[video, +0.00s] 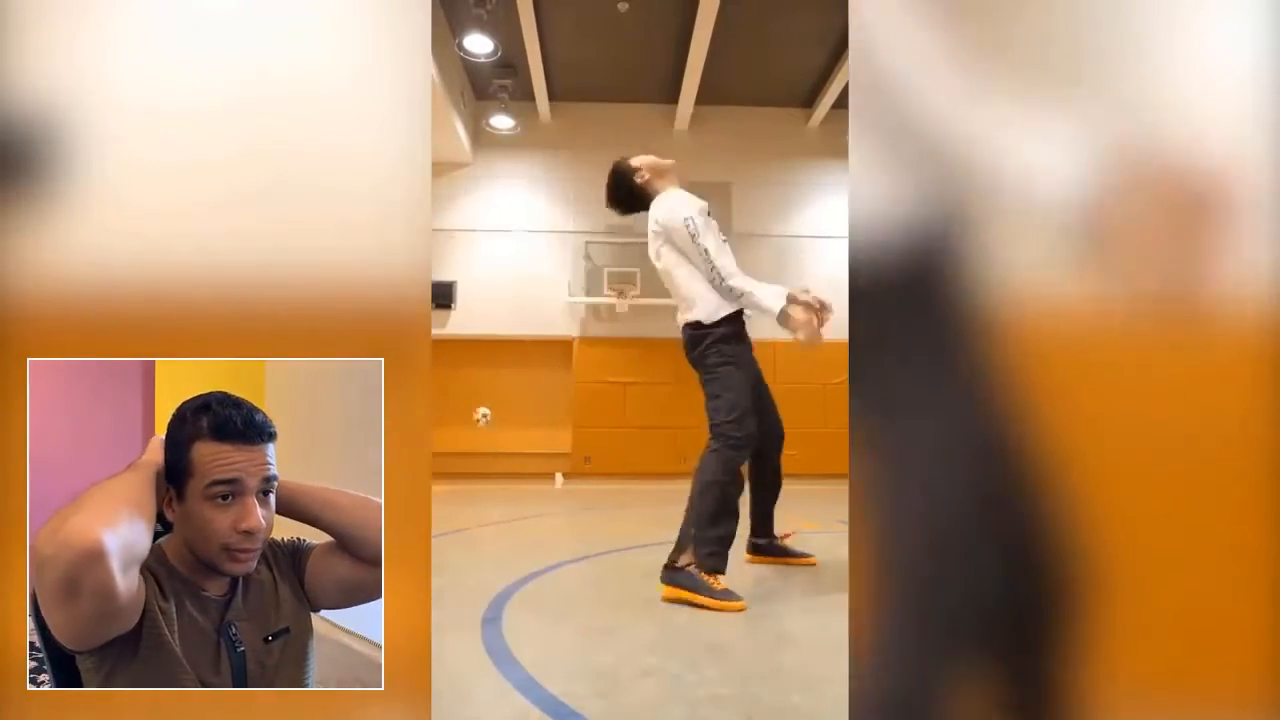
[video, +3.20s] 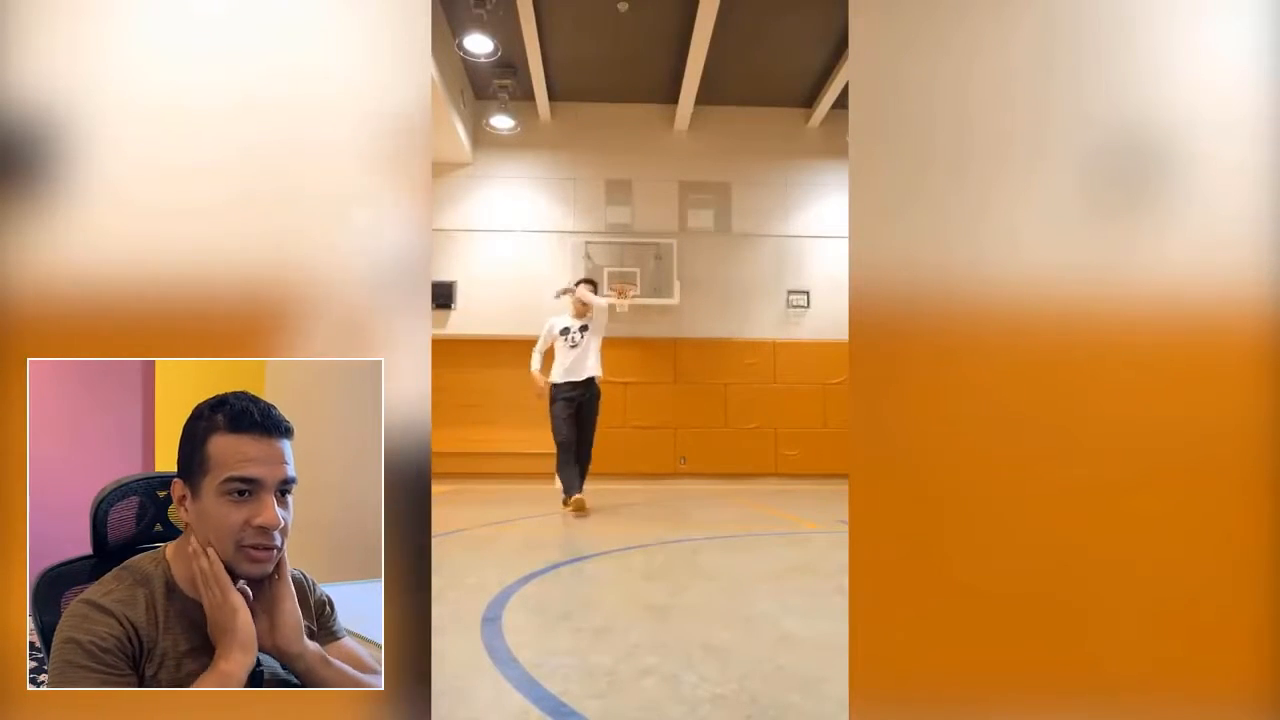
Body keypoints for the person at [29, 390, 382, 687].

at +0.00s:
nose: (254, 523)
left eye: (264, 493)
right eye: (223, 497)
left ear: (270, 492)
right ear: (170, 503)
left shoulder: (285, 573)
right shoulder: (121, 602)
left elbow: (398, 550)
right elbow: (80, 549)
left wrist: (265, 490)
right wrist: (148, 471)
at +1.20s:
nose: (279, 529)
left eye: (290, 501)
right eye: (254, 500)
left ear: (295, 502)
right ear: (189, 500)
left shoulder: (285, 581)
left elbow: (396, 584)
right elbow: (107, 596)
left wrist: (284, 514)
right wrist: (163, 501)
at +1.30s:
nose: (273, 528)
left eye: (284, 501)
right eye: (244, 498)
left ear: (290, 501)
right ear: (184, 497)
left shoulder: (281, 578)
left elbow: (396, 605)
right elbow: (140, 628)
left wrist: (282, 520)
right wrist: (164, 507)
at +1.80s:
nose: (284, 537)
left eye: (295, 508)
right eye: (254, 507)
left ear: (301, 505)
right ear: (193, 504)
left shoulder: (281, 586)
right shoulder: (99, 601)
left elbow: (392, 642)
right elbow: (178, 667)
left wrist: (290, 530)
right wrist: (174, 522)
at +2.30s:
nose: (289, 534)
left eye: (299, 506)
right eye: (259, 506)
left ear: (307, 502)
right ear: (195, 507)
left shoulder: (284, 596)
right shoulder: (107, 607)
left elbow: (383, 679)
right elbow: (164, 711)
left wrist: (292, 562)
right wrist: (195, 570)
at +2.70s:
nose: (279, 528)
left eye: (290, 501)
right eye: (248, 501)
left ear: (298, 501)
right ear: (189, 505)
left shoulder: (300, 592)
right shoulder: (105, 612)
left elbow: (381, 693)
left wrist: (291, 610)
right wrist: (213, 613)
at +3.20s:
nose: (272, 519)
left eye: (283, 493)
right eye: (240, 493)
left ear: (293, 497)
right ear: (183, 502)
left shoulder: (299, 595)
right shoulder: (103, 619)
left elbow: (383, 695)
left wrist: (300, 653)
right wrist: (232, 661)